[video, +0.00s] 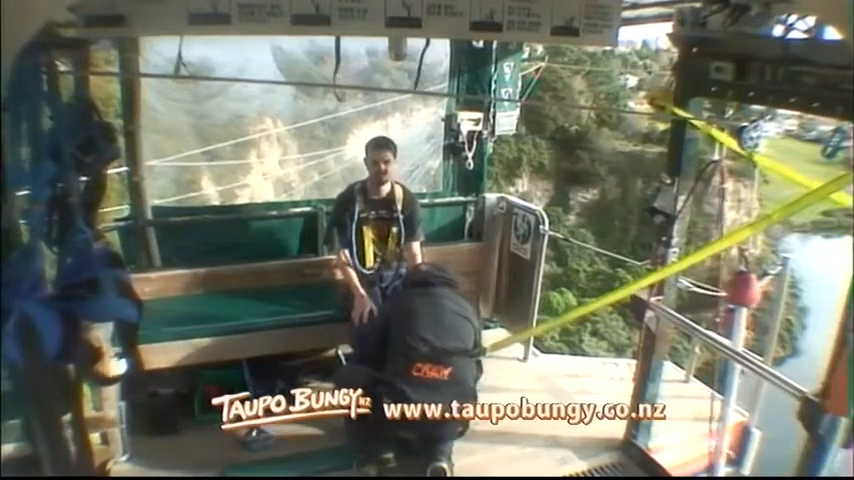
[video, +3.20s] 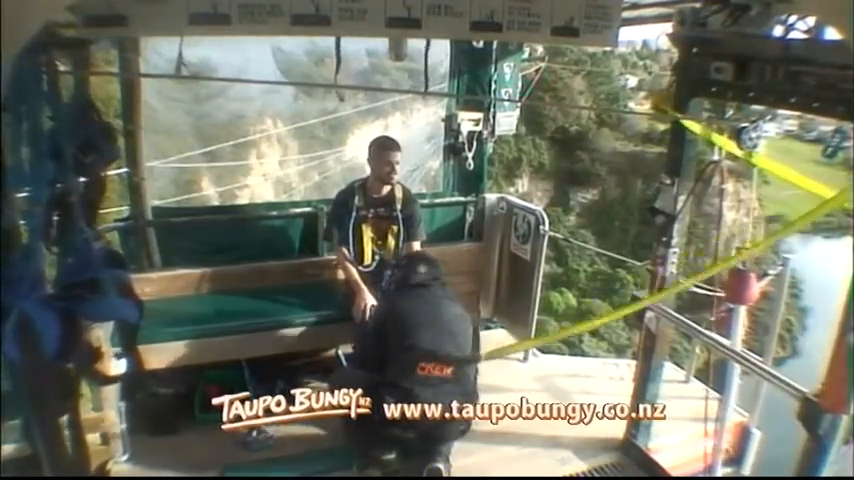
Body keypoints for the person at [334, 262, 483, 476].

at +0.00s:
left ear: (408, 283)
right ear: (448, 282)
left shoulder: (397, 303)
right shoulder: (467, 308)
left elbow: (368, 353)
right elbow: (476, 368)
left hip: (400, 411)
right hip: (455, 411)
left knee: (347, 376)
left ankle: (378, 451)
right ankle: (442, 456)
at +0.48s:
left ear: (414, 279)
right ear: (448, 282)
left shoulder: (393, 301)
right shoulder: (462, 306)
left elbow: (370, 355)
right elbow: (502, 361)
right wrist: (471, 395)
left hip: (393, 405)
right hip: (446, 406)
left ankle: (380, 452)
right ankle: (439, 459)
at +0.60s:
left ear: (413, 280)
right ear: (447, 284)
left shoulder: (387, 307)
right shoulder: (459, 308)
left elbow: (366, 358)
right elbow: (511, 351)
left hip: (391, 412)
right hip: (441, 414)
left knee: (350, 378)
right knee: (459, 376)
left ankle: (377, 452)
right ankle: (439, 459)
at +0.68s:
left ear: (407, 283)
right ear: (446, 284)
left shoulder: (388, 308)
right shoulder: (460, 309)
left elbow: (365, 358)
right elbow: (513, 350)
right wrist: (512, 409)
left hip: (391, 414)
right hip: (443, 415)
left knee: (350, 378)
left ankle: (376, 455)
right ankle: (438, 459)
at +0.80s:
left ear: (410, 280)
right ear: (444, 283)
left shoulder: (390, 304)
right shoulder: (457, 307)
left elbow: (366, 356)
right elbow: (499, 363)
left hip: (392, 408)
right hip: (444, 409)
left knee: (348, 378)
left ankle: (378, 453)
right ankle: (439, 458)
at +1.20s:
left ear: (403, 282)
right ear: (437, 283)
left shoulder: (386, 306)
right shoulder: (453, 306)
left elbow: (366, 359)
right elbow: (476, 362)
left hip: (394, 418)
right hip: (446, 419)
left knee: (345, 377)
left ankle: (377, 453)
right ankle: (442, 455)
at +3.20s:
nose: (389, 279)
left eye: (394, 274)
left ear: (400, 278)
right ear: (437, 278)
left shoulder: (390, 305)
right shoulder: (461, 313)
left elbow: (367, 362)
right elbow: (470, 375)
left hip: (400, 414)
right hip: (453, 417)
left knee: (341, 380)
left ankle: (377, 452)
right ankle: (440, 457)